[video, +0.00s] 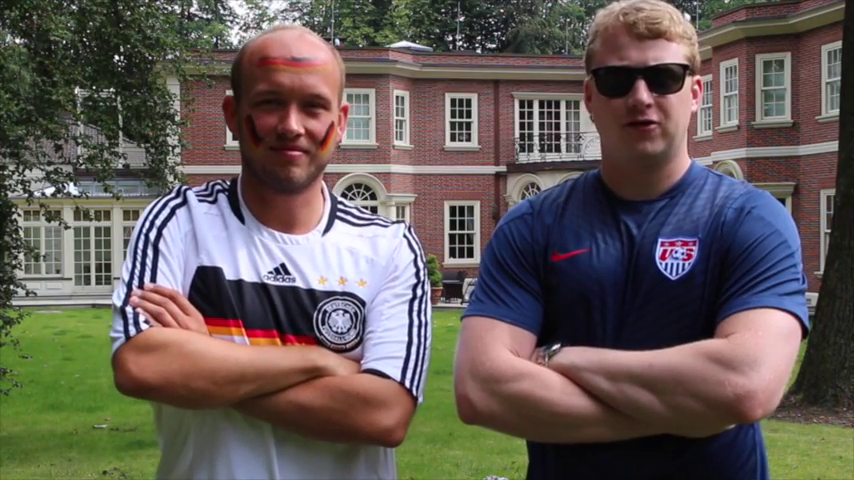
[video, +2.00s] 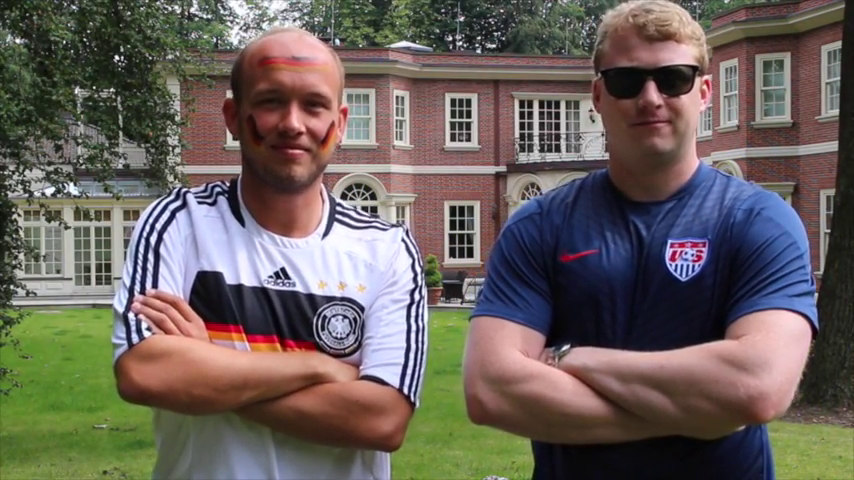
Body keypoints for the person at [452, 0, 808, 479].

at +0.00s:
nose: (640, 97)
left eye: (662, 78)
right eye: (616, 80)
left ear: (695, 93)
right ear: (589, 97)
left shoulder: (751, 219)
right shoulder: (530, 227)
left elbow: (747, 388)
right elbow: (481, 391)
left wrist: (558, 360)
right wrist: (672, 410)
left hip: (714, 473)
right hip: (565, 473)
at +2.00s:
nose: (650, 98)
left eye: (672, 79)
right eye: (626, 80)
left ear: (704, 92)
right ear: (597, 97)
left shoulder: (760, 221)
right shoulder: (538, 227)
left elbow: (758, 388)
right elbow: (490, 391)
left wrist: (568, 361)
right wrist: (684, 412)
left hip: (722, 473)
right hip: (573, 473)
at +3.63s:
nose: (711, 102)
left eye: (720, 84)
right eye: (684, 82)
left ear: (728, 92)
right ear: (618, 93)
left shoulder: (753, 211)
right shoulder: (542, 213)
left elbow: (789, 374)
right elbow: (497, 387)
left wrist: (592, 346)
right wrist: (653, 457)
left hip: (724, 472)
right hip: (578, 469)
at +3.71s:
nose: (700, 115)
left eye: (713, 95)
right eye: (674, 95)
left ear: (723, 97)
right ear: (611, 100)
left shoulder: (760, 214)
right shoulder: (542, 213)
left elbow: (847, 368)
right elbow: (498, 380)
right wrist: (590, 454)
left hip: (730, 469)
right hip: (593, 473)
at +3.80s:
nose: (679, 132)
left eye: (695, 108)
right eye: (653, 113)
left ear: (710, 105)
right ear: (601, 113)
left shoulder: (763, 214)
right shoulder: (542, 211)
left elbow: (823, 342)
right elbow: (492, 378)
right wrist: (600, 415)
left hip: (729, 470)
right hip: (592, 474)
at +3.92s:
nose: (655, 156)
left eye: (677, 133)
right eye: (632, 133)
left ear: (708, 122)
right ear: (601, 123)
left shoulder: (762, 236)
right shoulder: (544, 224)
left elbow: (811, 383)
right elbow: (495, 381)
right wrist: (582, 438)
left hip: (718, 466)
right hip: (591, 471)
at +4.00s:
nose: (661, 183)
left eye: (684, 161)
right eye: (638, 160)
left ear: (716, 148)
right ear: (611, 145)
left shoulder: (768, 259)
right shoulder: (552, 238)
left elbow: (804, 433)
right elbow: (503, 371)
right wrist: (546, 425)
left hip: (720, 466)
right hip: (587, 465)